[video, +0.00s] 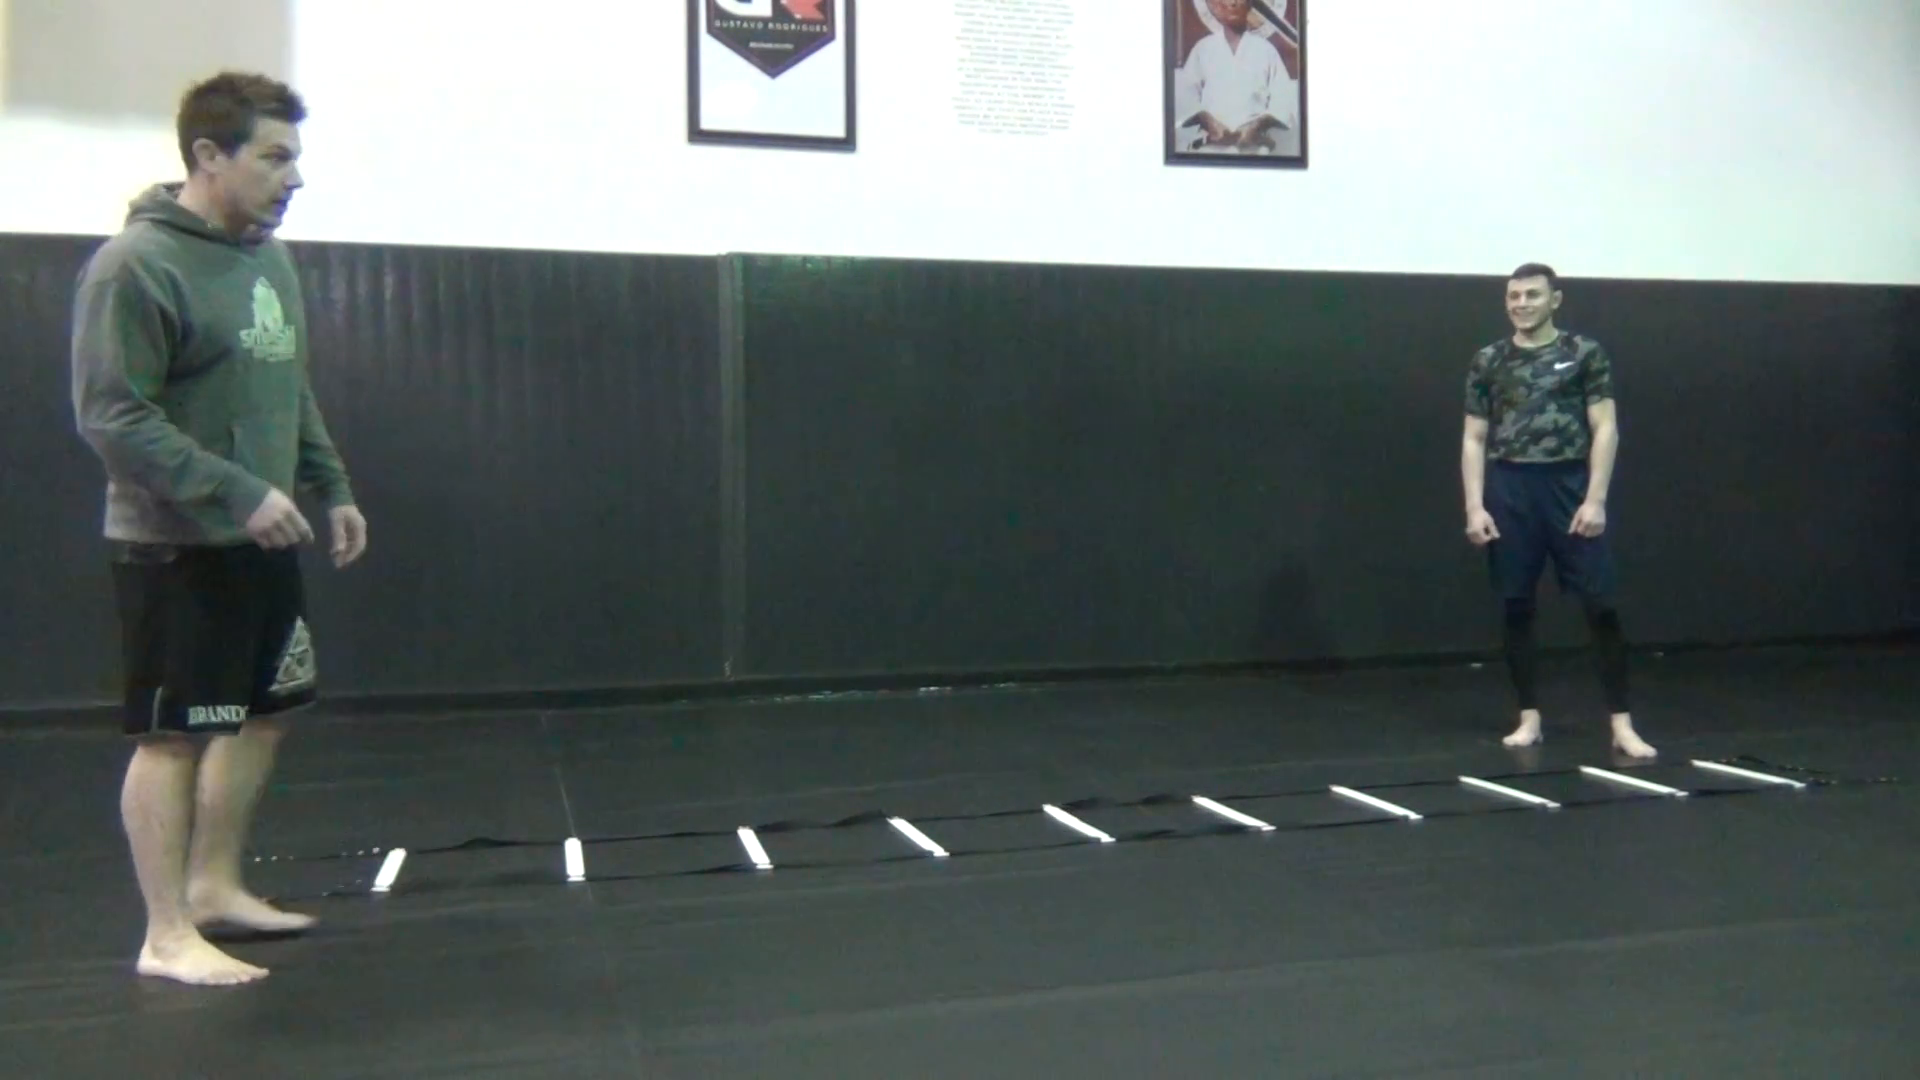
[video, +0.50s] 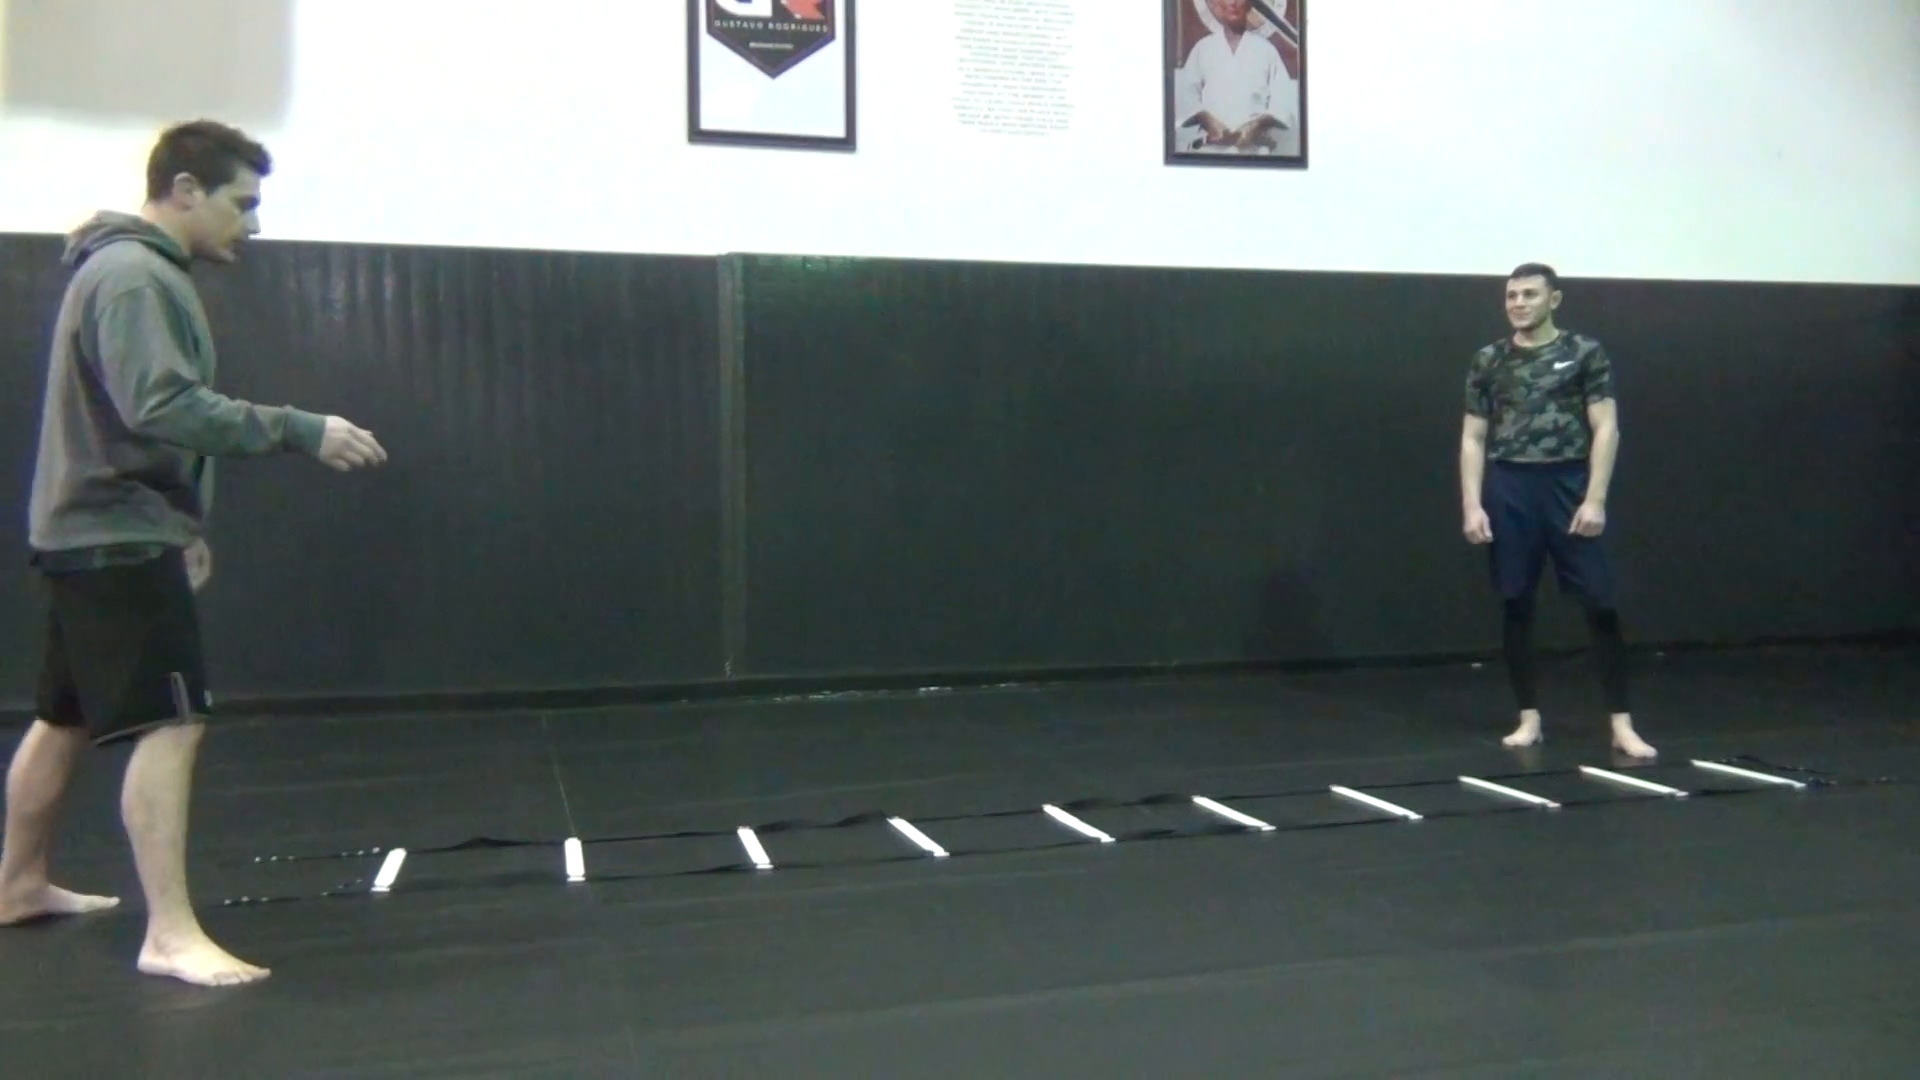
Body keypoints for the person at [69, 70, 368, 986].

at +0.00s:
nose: (292, 178)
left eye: (295, 160)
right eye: (276, 158)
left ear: (236, 161)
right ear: (208, 155)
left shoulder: (272, 260)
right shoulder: (131, 266)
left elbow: (291, 390)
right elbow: (111, 418)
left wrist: (333, 489)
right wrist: (241, 494)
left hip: (258, 537)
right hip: (169, 544)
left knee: (262, 707)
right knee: (171, 732)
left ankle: (216, 889)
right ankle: (166, 936)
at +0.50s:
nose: (251, 224)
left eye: (254, 206)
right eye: (241, 203)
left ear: (178, 196)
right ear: (182, 191)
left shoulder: (129, 269)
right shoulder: (132, 274)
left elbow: (148, 423)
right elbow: (161, 407)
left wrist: (181, 523)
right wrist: (302, 428)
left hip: (87, 533)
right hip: (118, 537)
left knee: (65, 717)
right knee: (172, 722)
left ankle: (19, 883)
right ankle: (172, 934)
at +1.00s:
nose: (210, 262)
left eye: (214, 245)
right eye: (207, 241)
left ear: (147, 216)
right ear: (169, 219)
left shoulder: (25, 280)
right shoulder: (147, 279)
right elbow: (197, 401)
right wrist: (311, 461)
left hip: (10, 519)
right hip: (99, 520)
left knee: (13, 704)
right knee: (176, 683)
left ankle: (12, 883)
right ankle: (108, 859)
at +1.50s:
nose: (287, 260)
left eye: (291, 244)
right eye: (279, 241)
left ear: (222, 231)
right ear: (227, 228)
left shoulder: (111, 288)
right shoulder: (210, 308)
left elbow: (106, 404)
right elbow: (238, 439)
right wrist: (335, 500)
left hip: (106, 521)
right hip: (180, 528)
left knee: (132, 681)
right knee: (192, 691)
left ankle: (77, 799)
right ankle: (168, 864)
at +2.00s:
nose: (332, 262)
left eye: (333, 247)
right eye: (320, 247)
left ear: (277, 250)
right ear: (267, 246)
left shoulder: (266, 315)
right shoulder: (230, 320)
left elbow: (265, 432)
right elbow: (227, 438)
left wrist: (293, 519)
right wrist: (322, 488)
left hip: (255, 529)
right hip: (222, 530)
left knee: (267, 672)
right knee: (227, 679)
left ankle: (283, 802)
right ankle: (166, 847)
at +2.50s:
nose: (396, 260)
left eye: (396, 247)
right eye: (384, 246)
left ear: (342, 249)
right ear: (337, 245)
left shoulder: (331, 312)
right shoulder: (312, 315)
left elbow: (339, 428)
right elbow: (303, 421)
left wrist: (389, 504)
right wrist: (385, 474)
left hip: (294, 513)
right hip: (324, 512)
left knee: (289, 655)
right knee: (398, 634)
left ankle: (282, 795)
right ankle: (367, 785)